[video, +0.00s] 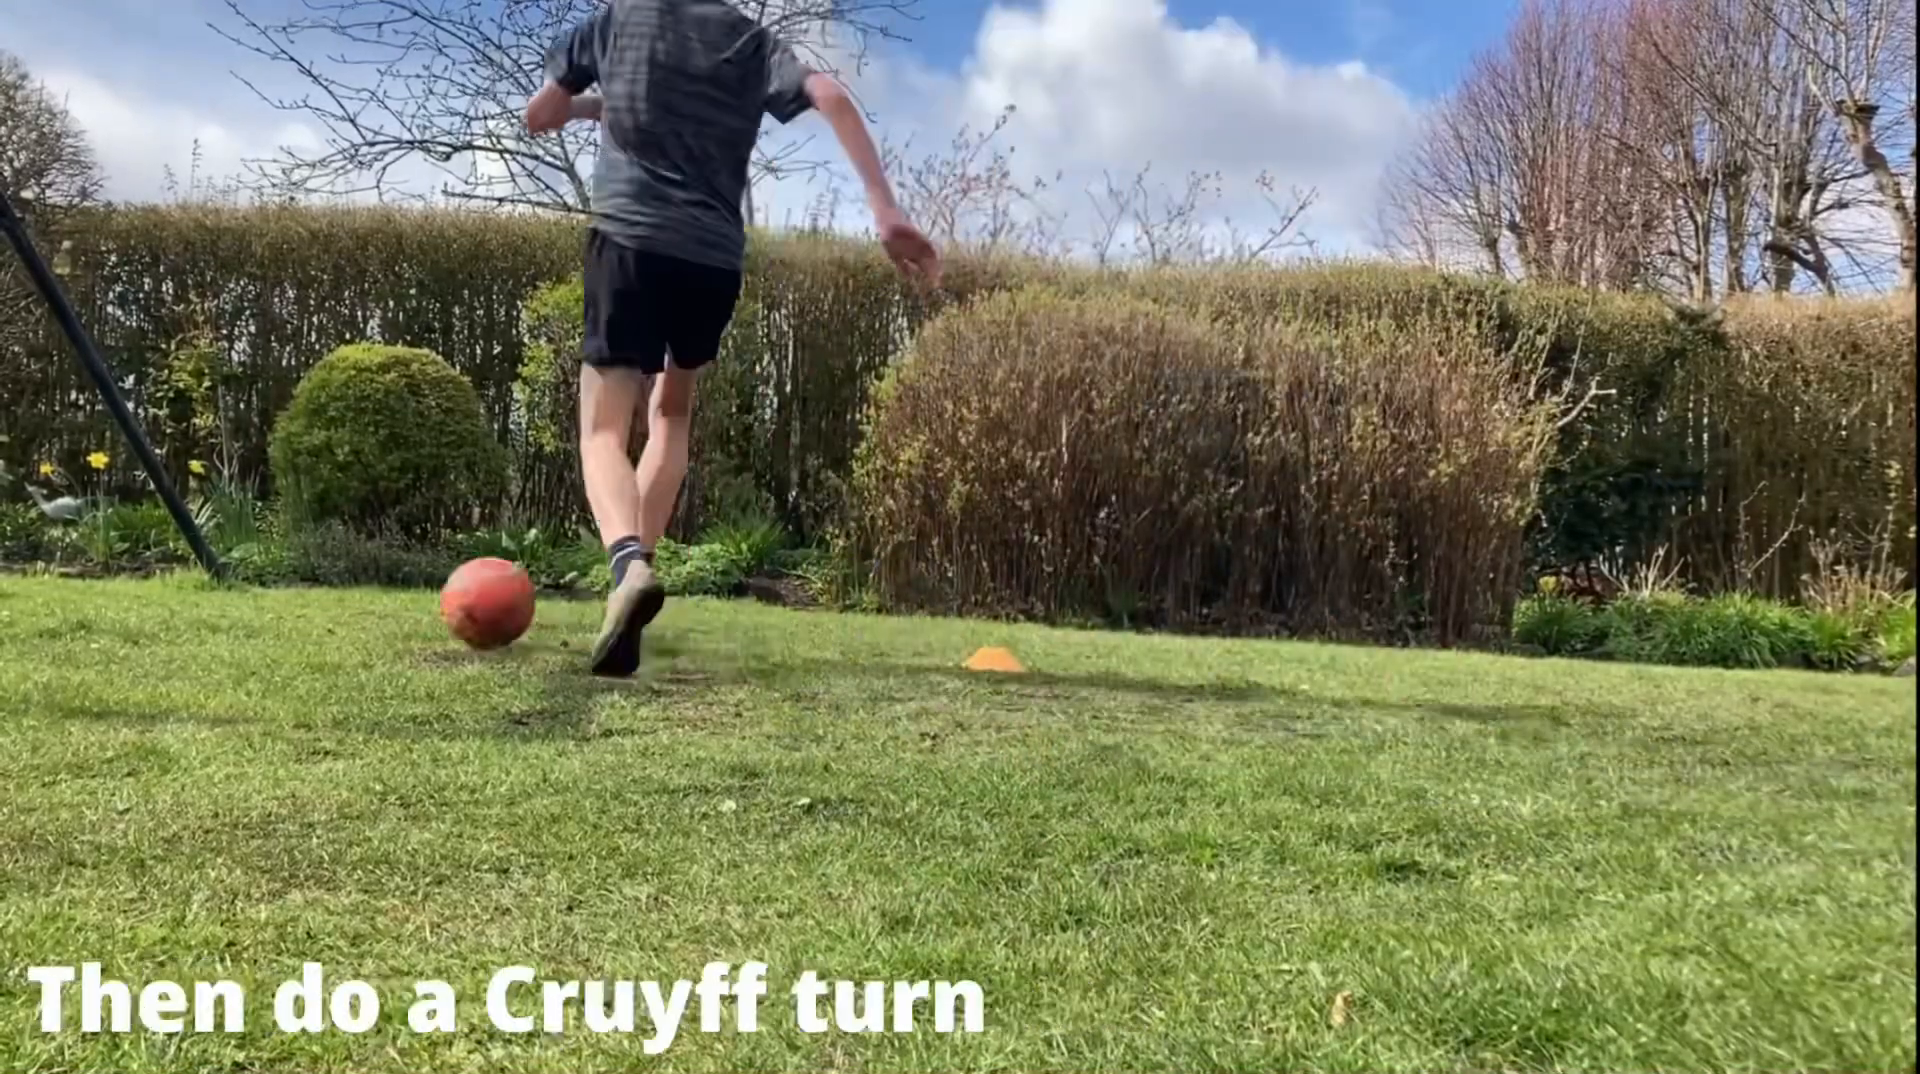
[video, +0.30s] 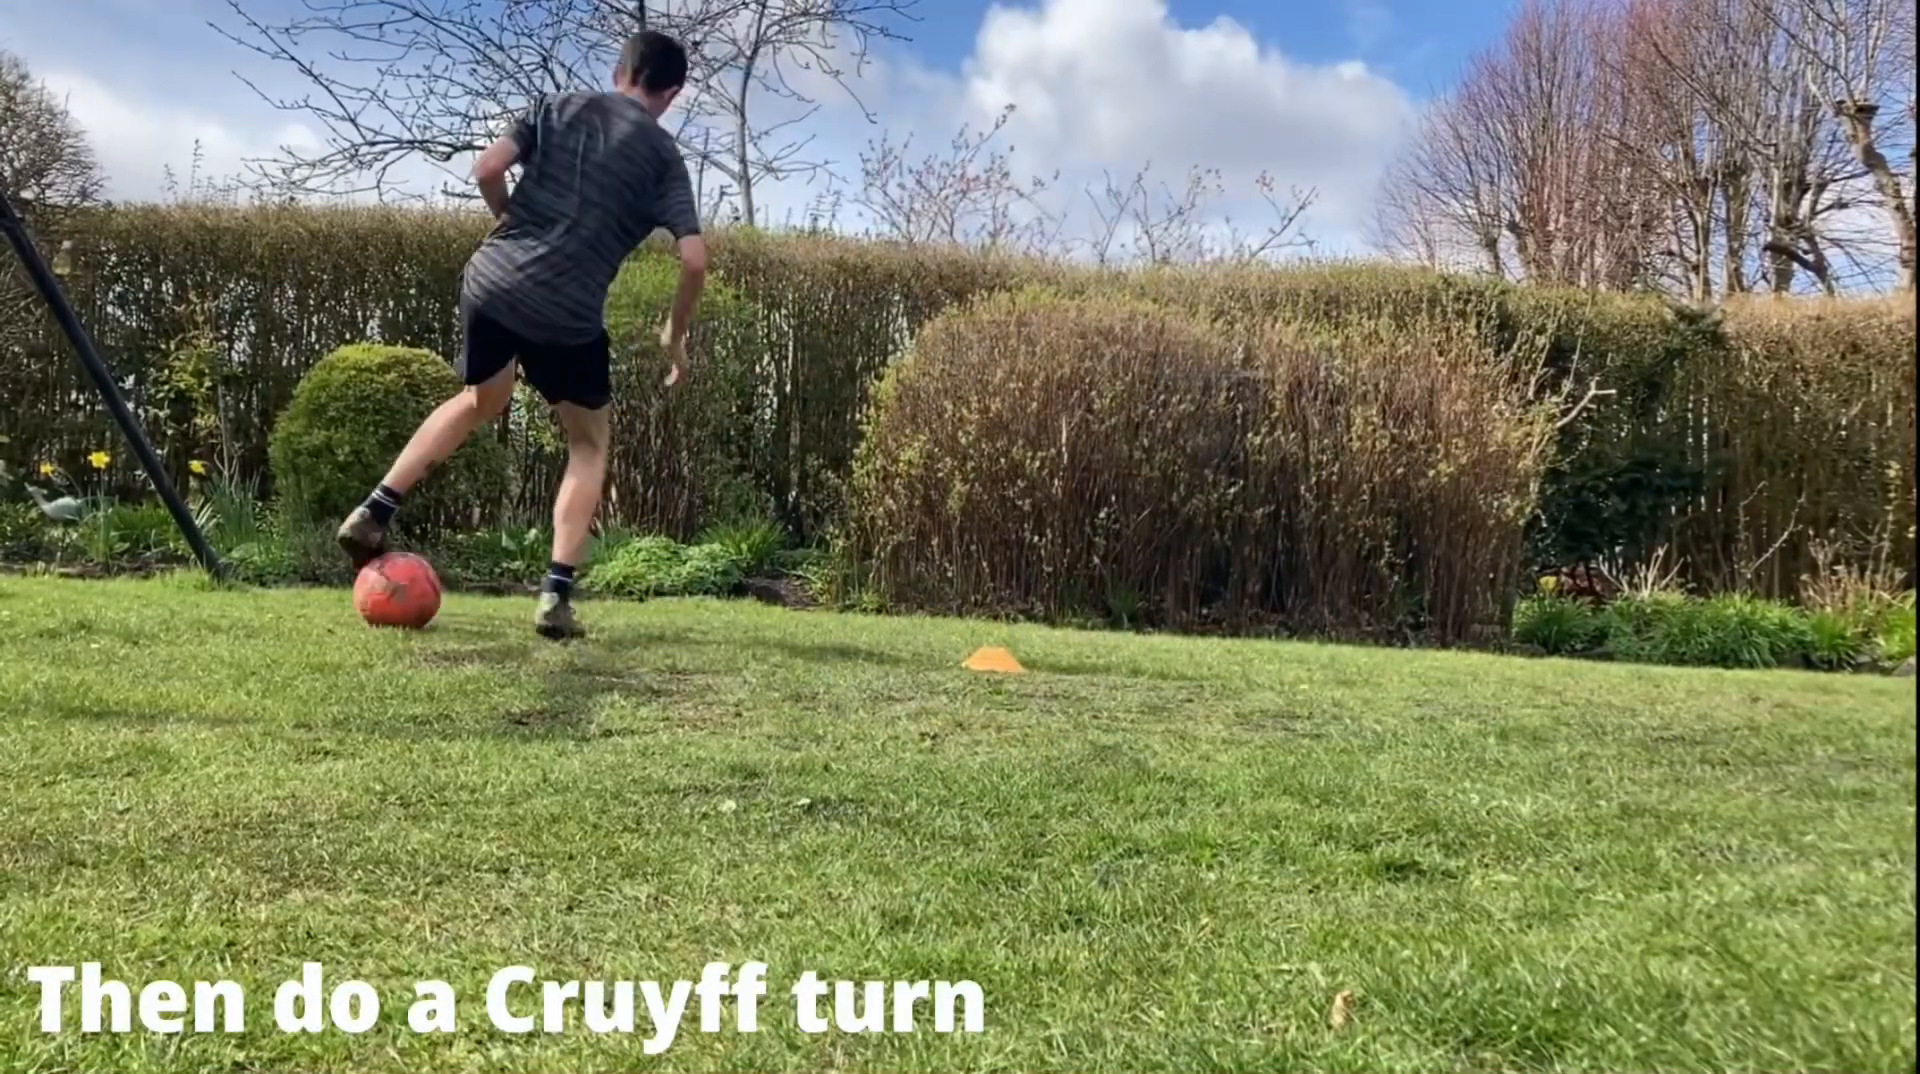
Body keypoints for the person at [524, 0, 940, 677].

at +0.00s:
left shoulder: (615, 19)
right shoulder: (755, 36)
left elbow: (538, 116)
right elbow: (832, 95)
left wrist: (602, 103)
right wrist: (887, 211)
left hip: (626, 239)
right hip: (714, 255)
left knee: (605, 429)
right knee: (672, 411)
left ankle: (629, 561)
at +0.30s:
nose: (638, 90)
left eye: (624, 72)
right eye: (670, 94)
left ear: (621, 72)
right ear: (673, 95)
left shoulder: (559, 104)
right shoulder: (663, 154)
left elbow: (487, 168)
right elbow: (696, 261)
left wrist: (510, 220)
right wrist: (676, 335)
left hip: (489, 284)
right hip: (564, 315)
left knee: (481, 397)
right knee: (587, 446)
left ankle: (375, 510)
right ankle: (556, 595)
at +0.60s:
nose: (628, 179)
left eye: (634, 169)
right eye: (624, 163)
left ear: (591, 151)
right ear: (588, 145)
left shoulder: (552, 211)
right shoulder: (525, 194)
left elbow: (500, 282)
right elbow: (430, 265)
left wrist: (536, 337)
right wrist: (472, 363)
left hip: (467, 346)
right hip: (437, 349)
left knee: (488, 483)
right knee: (555, 454)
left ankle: (404, 582)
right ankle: (478, 580)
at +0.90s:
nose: (582, 75)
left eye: (591, 65)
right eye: (571, 59)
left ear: (594, 70)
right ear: (534, 55)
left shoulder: (585, 144)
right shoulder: (484, 130)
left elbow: (579, 225)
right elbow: (426, 234)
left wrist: (635, 232)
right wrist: (500, 280)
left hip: (535, 325)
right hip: (458, 321)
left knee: (564, 464)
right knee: (471, 482)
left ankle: (499, 535)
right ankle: (427, 577)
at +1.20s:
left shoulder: (671, 61)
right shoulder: (559, 27)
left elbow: (694, 174)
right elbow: (466, 112)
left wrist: (742, 162)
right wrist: (561, 89)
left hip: (621, 268)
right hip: (534, 262)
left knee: (629, 442)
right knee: (536, 469)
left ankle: (552, 619)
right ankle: (473, 524)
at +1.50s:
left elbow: (868, 55)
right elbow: (582, 15)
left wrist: (890, 97)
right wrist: (569, 55)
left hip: (785, 202)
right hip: (687, 182)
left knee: (701, 430)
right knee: (751, 391)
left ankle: (628, 549)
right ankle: (755, 655)